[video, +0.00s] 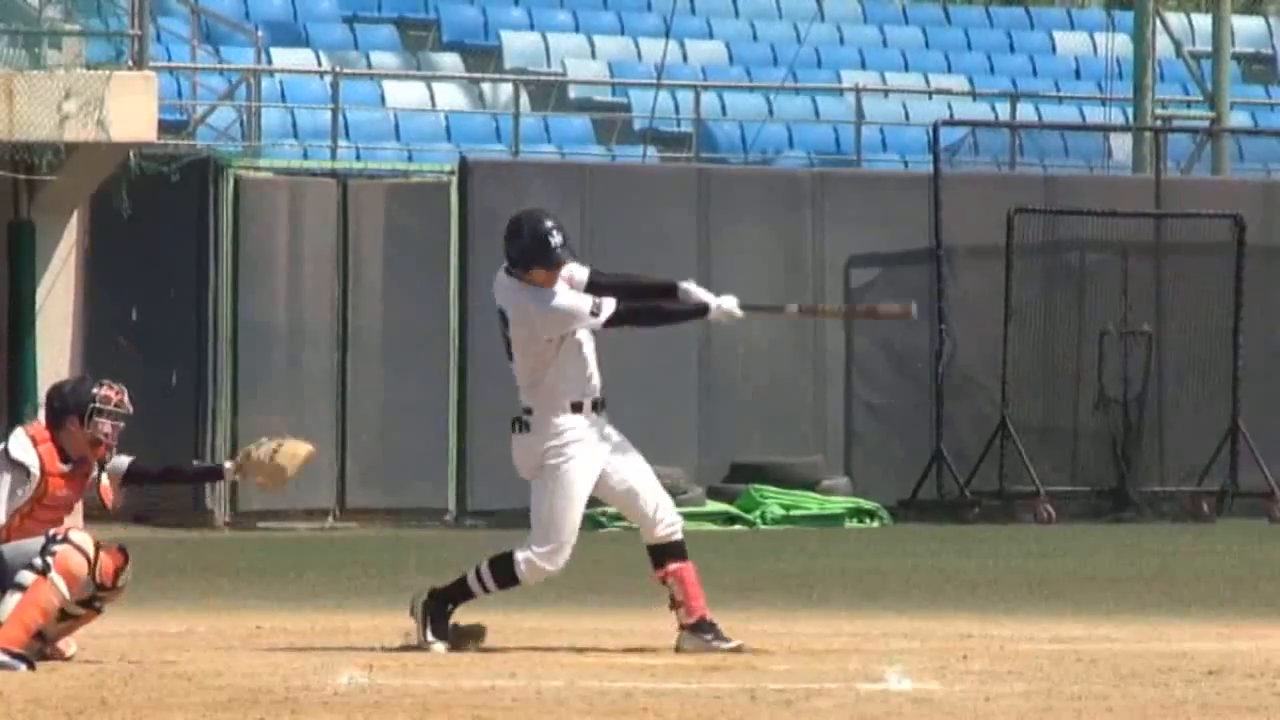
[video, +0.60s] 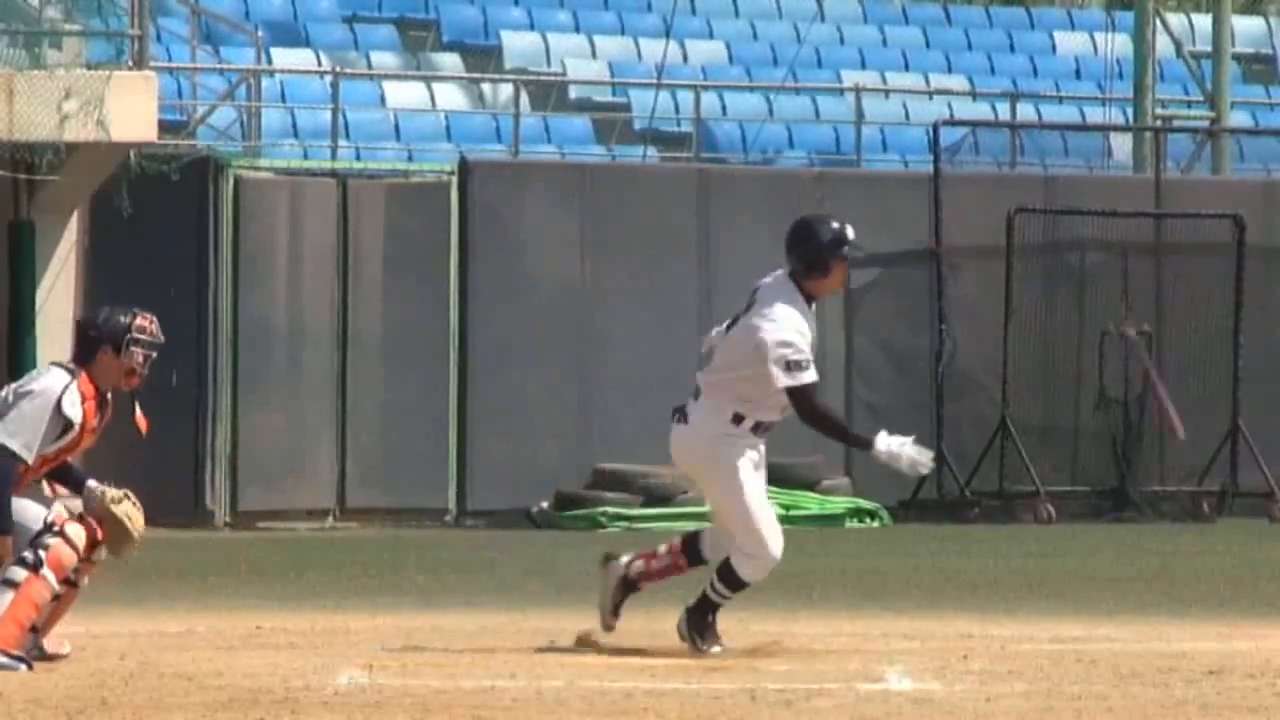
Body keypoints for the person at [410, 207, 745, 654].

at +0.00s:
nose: (556, 272)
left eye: (557, 262)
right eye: (546, 266)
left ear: (556, 253)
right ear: (520, 266)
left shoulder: (535, 269)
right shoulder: (542, 305)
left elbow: (604, 284)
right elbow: (625, 315)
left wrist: (678, 289)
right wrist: (704, 311)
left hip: (590, 424)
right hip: (557, 431)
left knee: (660, 516)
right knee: (547, 555)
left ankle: (695, 624)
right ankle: (440, 603)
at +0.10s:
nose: (587, 265)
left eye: (587, 257)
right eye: (579, 259)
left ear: (544, 261)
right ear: (553, 262)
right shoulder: (578, 306)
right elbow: (633, 284)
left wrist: (671, 281)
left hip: (598, 440)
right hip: (567, 447)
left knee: (688, 500)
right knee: (531, 566)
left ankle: (652, 615)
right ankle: (419, 609)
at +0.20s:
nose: (630, 268)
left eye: (628, 260)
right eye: (622, 263)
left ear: (584, 265)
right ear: (600, 268)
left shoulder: (555, 298)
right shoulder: (616, 313)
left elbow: (614, 290)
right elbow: (660, 285)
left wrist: (659, 261)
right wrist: (673, 256)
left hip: (604, 455)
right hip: (579, 459)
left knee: (676, 530)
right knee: (527, 570)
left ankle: (596, 612)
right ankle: (411, 611)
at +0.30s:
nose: (684, 276)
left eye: (684, 268)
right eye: (677, 268)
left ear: (636, 267)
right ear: (652, 270)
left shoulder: (602, 299)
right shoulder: (664, 318)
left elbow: (667, 314)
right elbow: (713, 315)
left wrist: (718, 305)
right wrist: (719, 295)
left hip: (604, 453)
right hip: (599, 458)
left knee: (655, 541)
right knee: (575, 584)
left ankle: (575, 623)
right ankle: (450, 594)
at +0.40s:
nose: (733, 284)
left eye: (733, 275)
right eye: (726, 276)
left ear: (687, 276)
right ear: (704, 279)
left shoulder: (660, 302)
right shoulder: (702, 336)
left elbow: (696, 353)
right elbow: (743, 403)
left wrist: (748, 344)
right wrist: (789, 379)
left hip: (590, 445)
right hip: (617, 453)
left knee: (645, 543)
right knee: (680, 564)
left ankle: (579, 615)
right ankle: (560, 582)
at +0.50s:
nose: (769, 282)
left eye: (769, 272)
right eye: (763, 273)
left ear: (725, 274)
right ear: (741, 277)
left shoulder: (701, 300)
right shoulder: (727, 334)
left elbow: (696, 353)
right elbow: (750, 420)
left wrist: (746, 342)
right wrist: (817, 438)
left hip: (619, 433)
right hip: (641, 443)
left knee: (643, 540)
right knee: (733, 527)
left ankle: (572, 621)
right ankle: (634, 598)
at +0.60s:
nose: (848, 267)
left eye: (846, 259)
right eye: (842, 260)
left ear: (807, 263)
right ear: (820, 266)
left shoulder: (780, 286)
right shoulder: (783, 325)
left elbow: (740, 325)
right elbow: (811, 412)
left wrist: (724, 339)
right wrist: (877, 444)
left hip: (714, 430)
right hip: (720, 440)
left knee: (737, 537)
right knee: (762, 551)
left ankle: (629, 573)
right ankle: (700, 617)